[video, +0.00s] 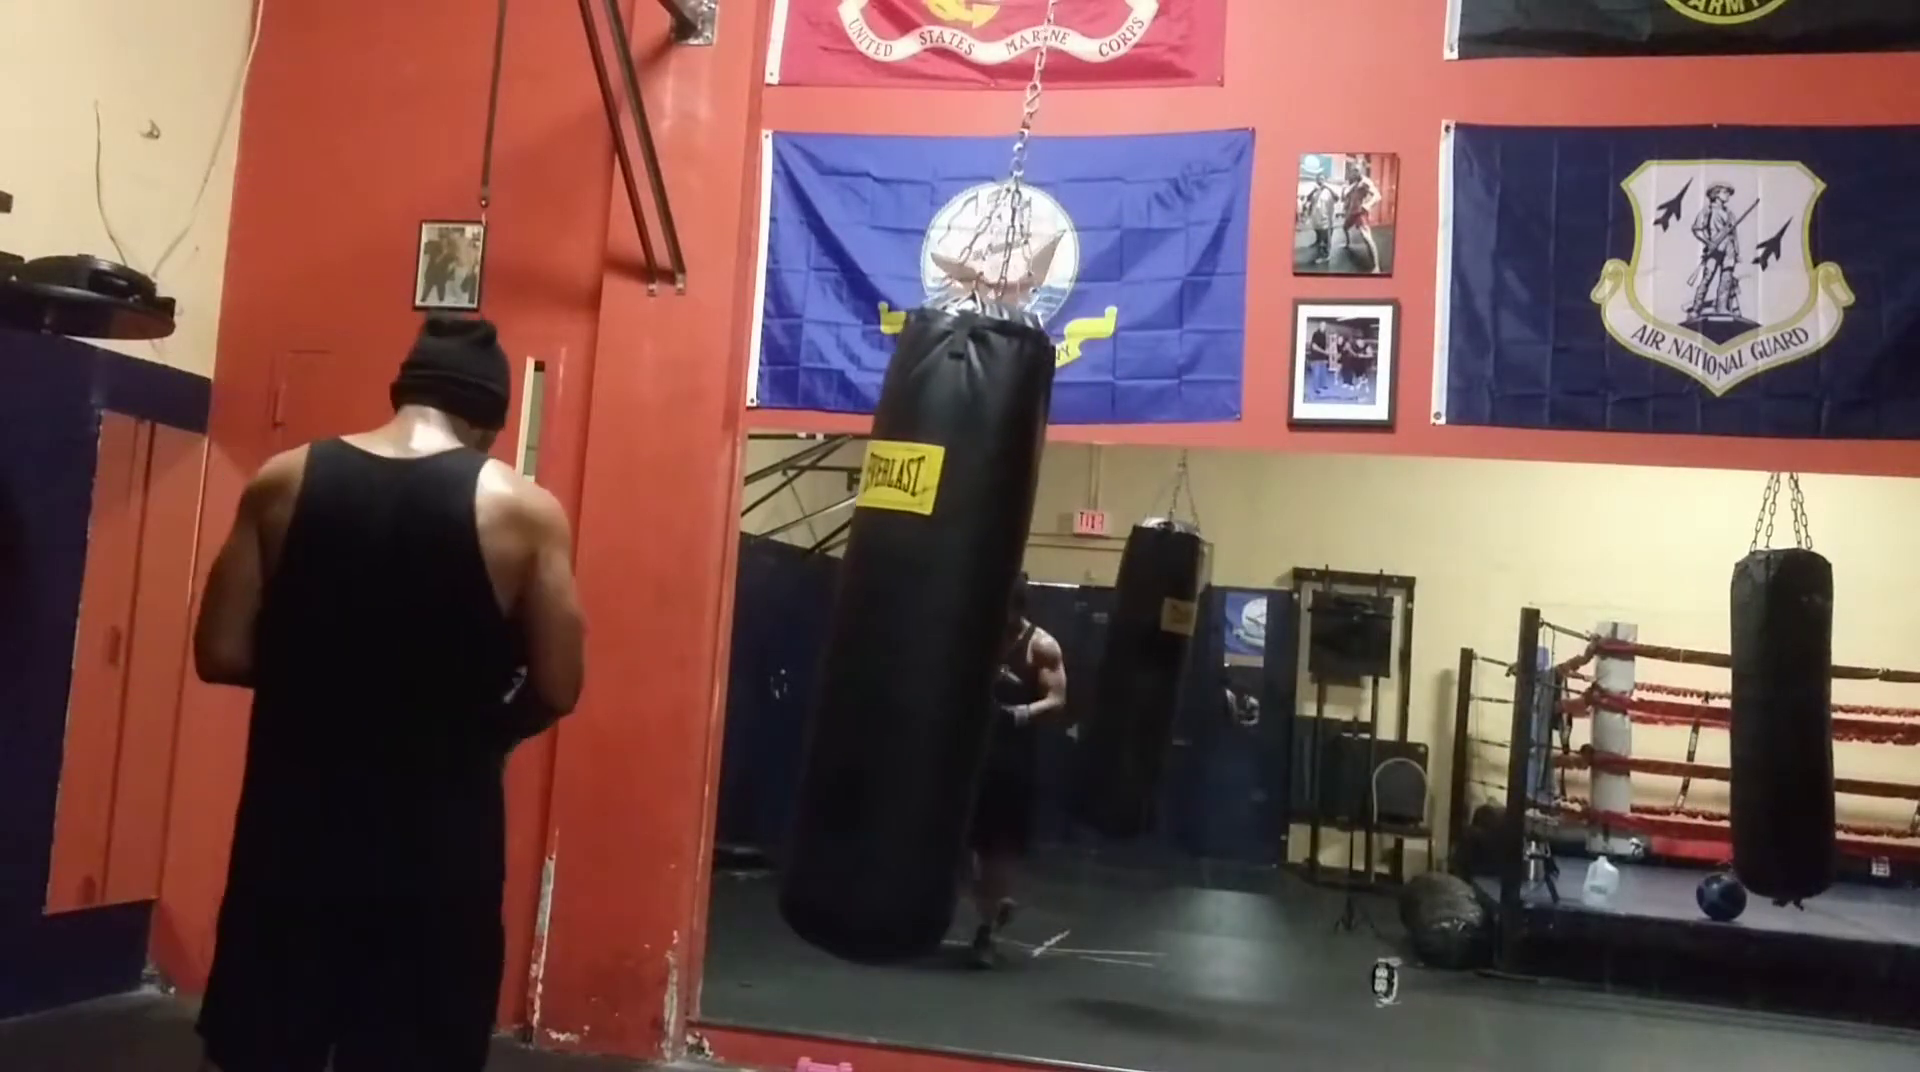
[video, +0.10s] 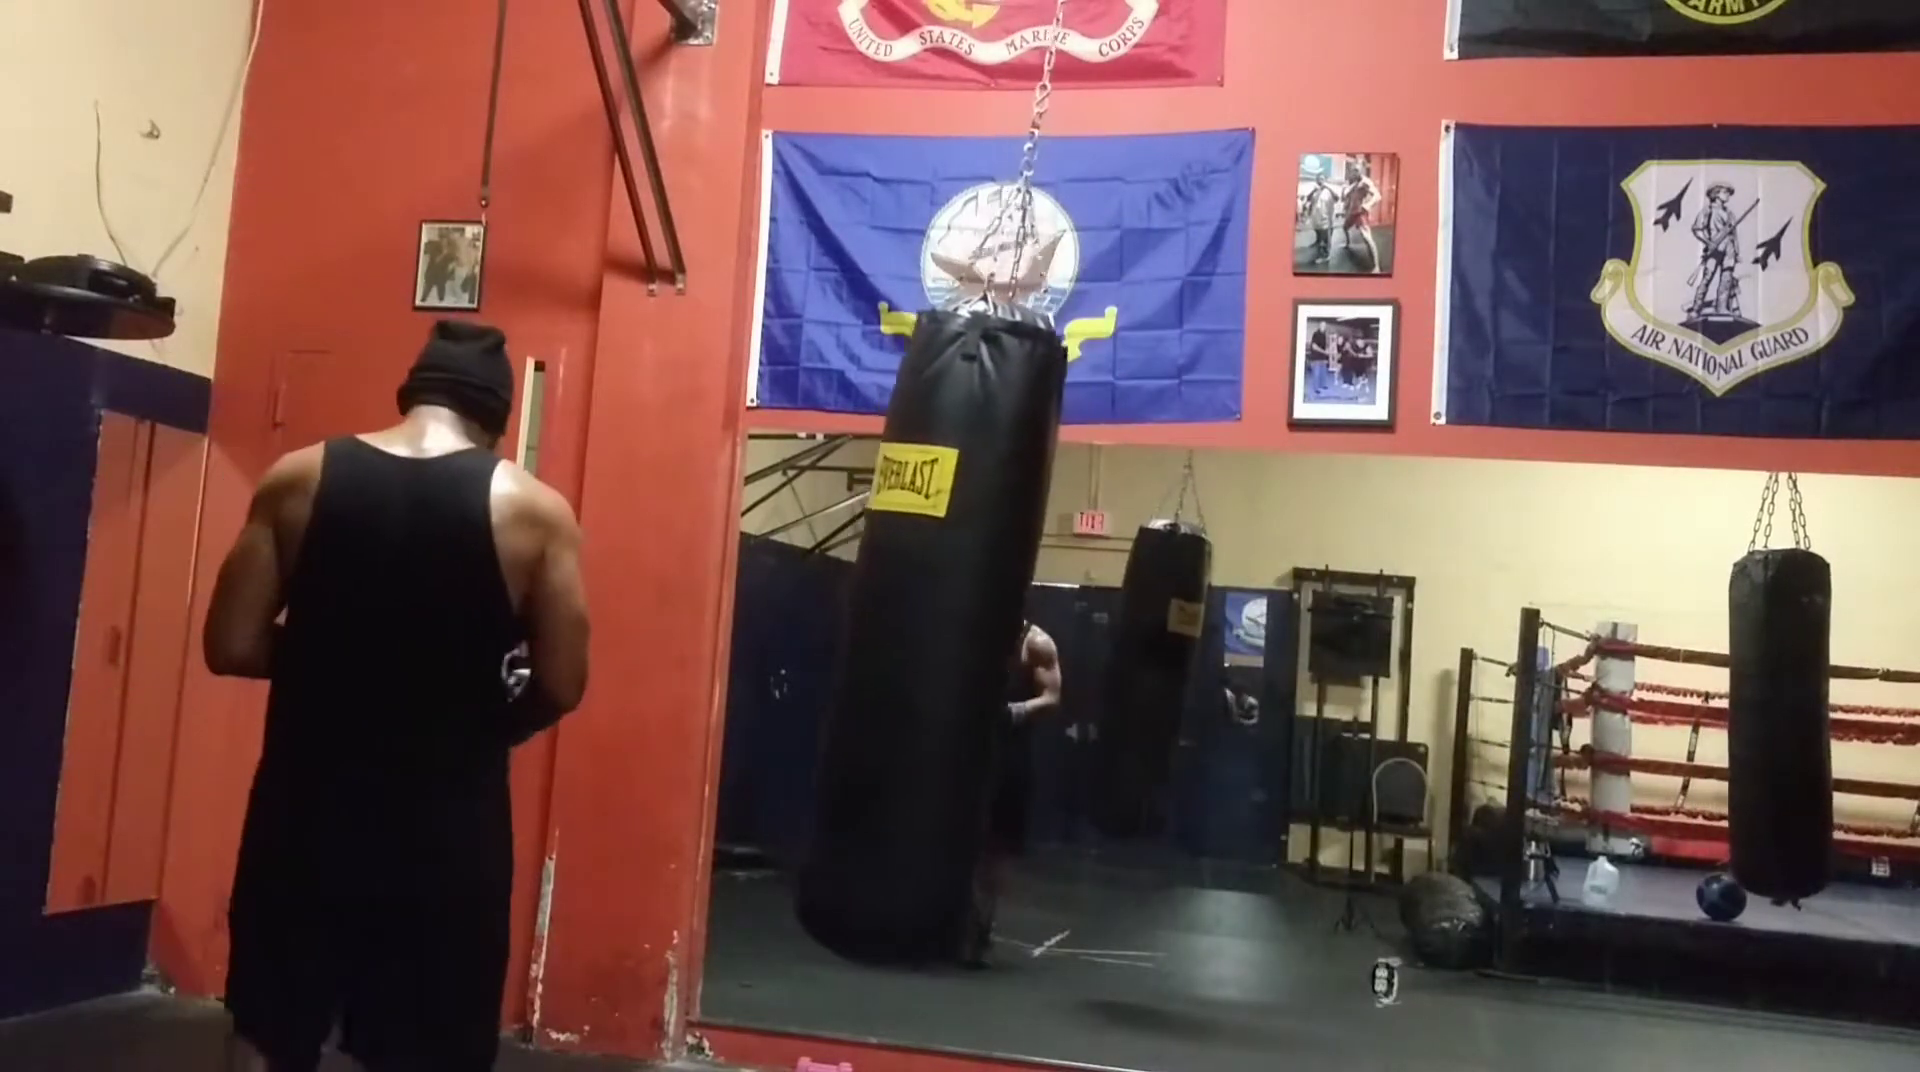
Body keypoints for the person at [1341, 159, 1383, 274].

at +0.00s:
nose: (1352, 174)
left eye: (1355, 171)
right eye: (1351, 171)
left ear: (1359, 172)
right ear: (1349, 173)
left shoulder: (1365, 182)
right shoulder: (1349, 184)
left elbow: (1376, 196)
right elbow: (1343, 198)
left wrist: (1366, 206)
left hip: (1360, 212)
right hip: (1350, 213)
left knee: (1367, 237)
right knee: (1345, 227)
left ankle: (1376, 266)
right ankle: (1348, 243)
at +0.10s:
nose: (1351, 174)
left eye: (1354, 171)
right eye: (1350, 171)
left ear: (1358, 172)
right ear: (1349, 173)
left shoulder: (1364, 182)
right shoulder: (1349, 185)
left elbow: (1376, 196)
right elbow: (1344, 198)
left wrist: (1366, 206)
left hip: (1360, 212)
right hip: (1350, 213)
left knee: (1367, 238)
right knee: (1345, 228)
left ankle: (1376, 266)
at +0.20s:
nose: (1351, 174)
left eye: (1353, 171)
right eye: (1350, 171)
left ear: (1358, 172)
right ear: (1350, 173)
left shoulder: (1365, 182)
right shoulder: (1351, 184)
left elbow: (1376, 196)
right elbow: (1346, 199)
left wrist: (1366, 206)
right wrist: (1345, 210)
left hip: (1361, 212)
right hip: (1351, 212)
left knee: (1367, 237)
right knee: (1345, 227)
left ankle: (1376, 266)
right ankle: (1348, 243)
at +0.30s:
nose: (1351, 174)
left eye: (1354, 171)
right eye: (1351, 172)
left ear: (1358, 172)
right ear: (1350, 173)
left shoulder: (1365, 182)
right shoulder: (1351, 184)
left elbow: (1376, 196)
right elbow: (1344, 198)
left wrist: (1366, 206)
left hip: (1361, 211)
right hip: (1351, 211)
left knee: (1367, 237)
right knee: (1345, 227)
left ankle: (1376, 266)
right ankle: (1348, 243)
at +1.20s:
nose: (1351, 173)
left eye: (1353, 170)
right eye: (1350, 171)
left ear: (1358, 171)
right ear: (1350, 172)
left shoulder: (1364, 182)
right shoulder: (1350, 184)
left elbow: (1376, 196)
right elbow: (1343, 198)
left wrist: (1367, 206)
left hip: (1360, 212)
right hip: (1350, 213)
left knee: (1367, 237)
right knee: (1345, 227)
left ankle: (1376, 266)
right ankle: (1348, 243)